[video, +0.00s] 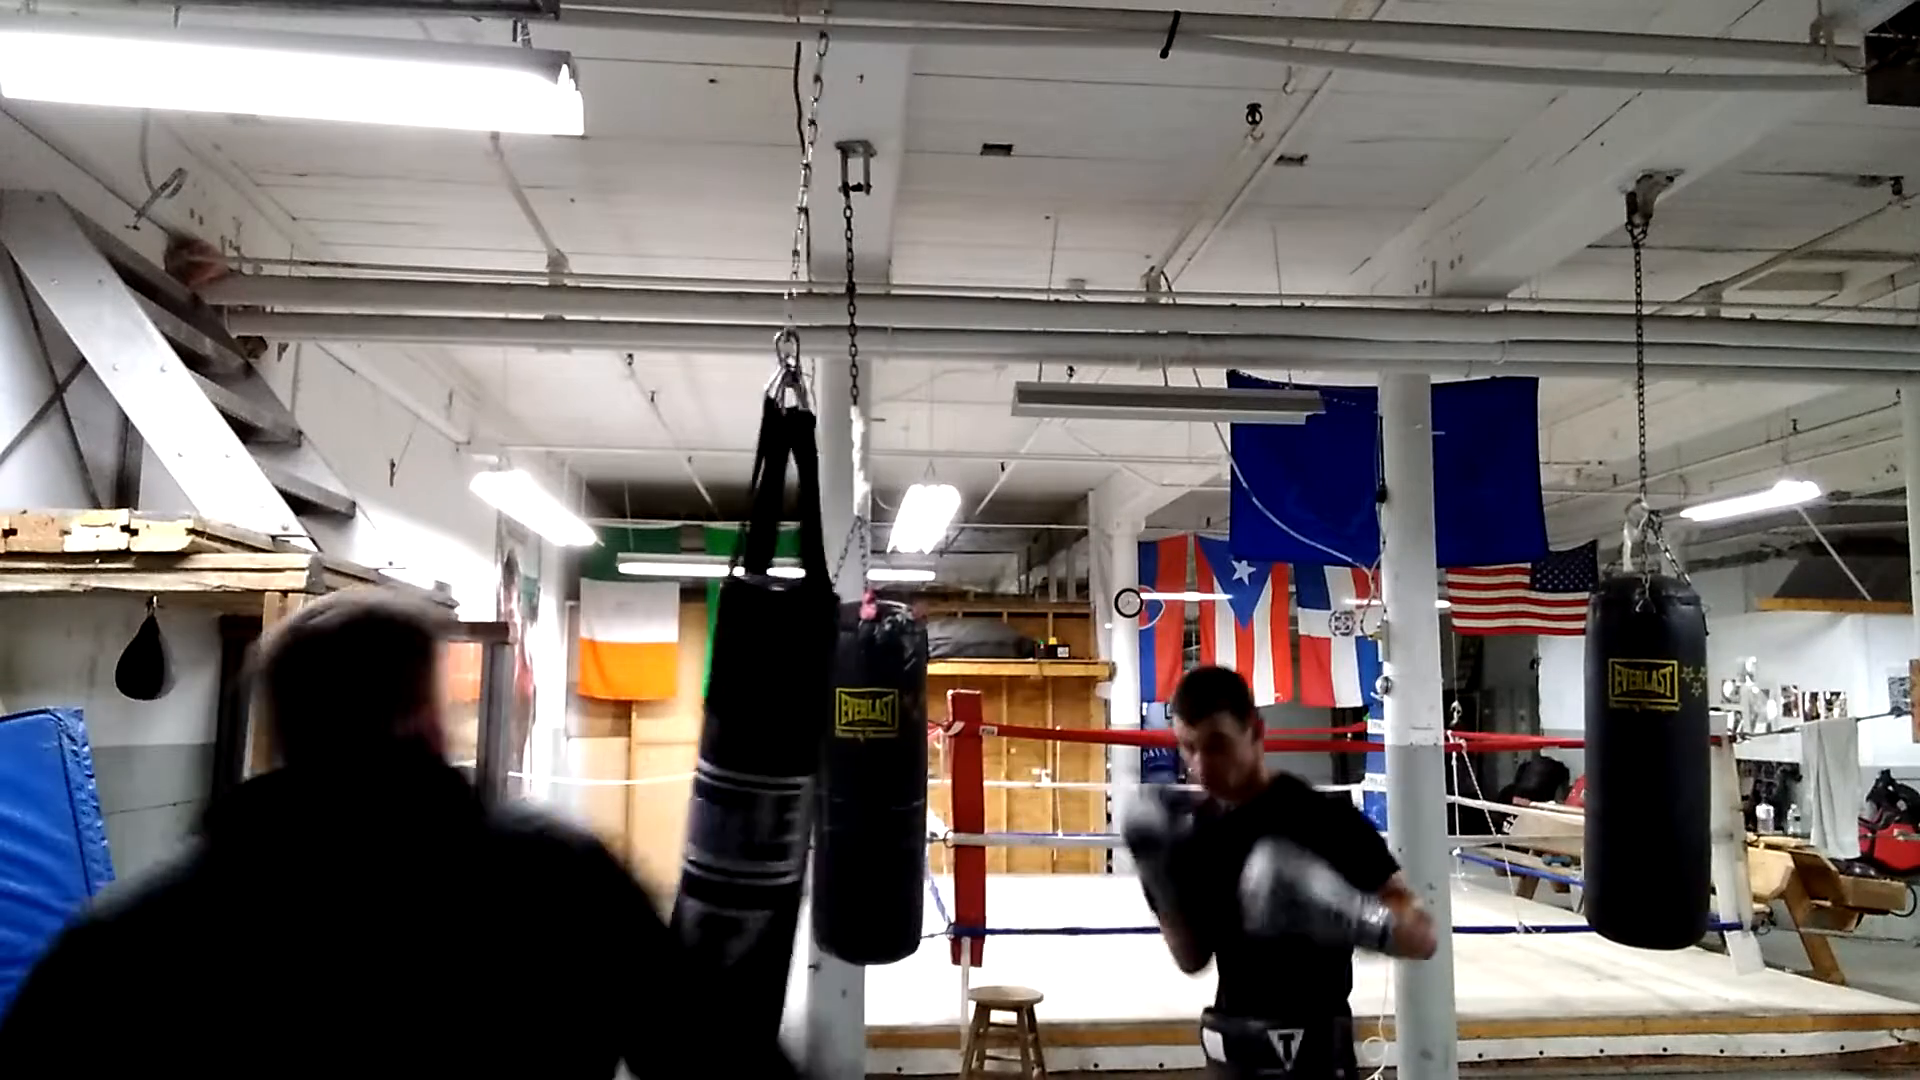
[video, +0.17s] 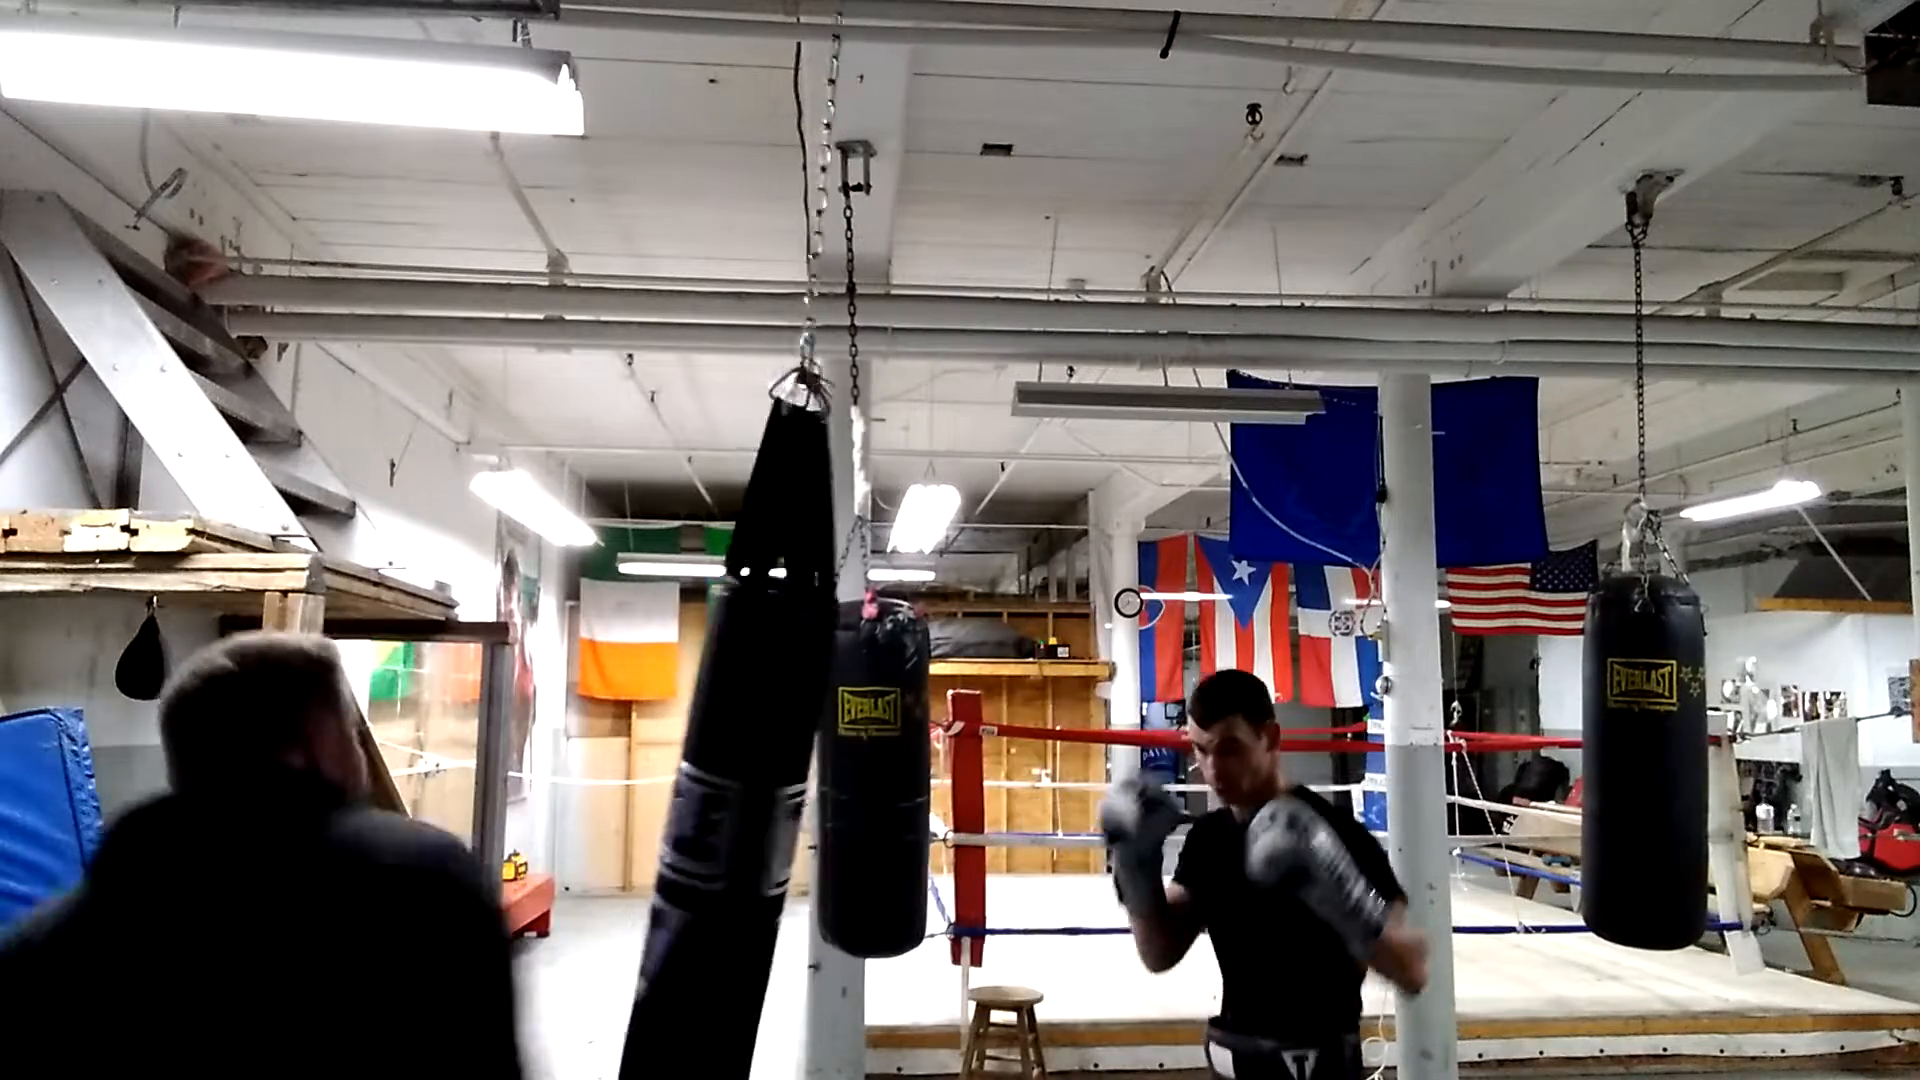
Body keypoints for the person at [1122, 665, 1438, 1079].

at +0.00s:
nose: (1201, 765)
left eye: (1216, 745)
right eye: (1189, 749)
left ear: (1256, 731)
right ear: (1178, 746)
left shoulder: (1326, 818)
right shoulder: (1199, 831)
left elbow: (1421, 937)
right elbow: (1192, 958)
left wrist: (1334, 903)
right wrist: (1155, 865)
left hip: (1317, 1043)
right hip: (1235, 1043)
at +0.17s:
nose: (1212, 769)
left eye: (1229, 749)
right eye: (1202, 751)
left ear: (1271, 740)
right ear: (1192, 748)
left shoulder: (1333, 829)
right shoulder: (1210, 837)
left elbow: (1412, 972)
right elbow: (1161, 954)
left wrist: (1325, 880)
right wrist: (1137, 860)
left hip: (1324, 1055)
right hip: (1239, 1053)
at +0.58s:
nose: (1168, 781)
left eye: (1184, 761)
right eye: (1159, 763)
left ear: (1235, 751)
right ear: (1152, 759)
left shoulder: (1305, 857)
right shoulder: (1211, 838)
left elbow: (1367, 1026)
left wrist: (1221, 982)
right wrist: (1145, 897)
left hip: (1307, 1074)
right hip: (1232, 1060)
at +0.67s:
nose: (1176, 744)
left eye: (1191, 722)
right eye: (1168, 725)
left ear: (1243, 711)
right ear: (1159, 723)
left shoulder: (1315, 812)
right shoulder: (1213, 807)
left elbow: (1388, 980)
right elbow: (1190, 938)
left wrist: (1255, 918)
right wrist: (1150, 850)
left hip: (1321, 1050)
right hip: (1246, 1037)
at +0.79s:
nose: (1192, 737)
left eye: (1212, 715)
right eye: (1183, 719)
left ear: (1266, 704)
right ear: (1178, 715)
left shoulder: (1349, 814)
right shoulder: (1223, 810)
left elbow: (1430, 979)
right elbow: (1196, 947)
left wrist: (1291, 923)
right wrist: (1167, 864)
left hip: (1346, 1058)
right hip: (1267, 1050)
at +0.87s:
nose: (1206, 767)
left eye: (1223, 745)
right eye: (1196, 748)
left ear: (1278, 732)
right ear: (1187, 742)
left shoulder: (1377, 855)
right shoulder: (1245, 848)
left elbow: (1446, 1013)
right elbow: (1214, 983)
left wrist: (1278, 968)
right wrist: (1195, 902)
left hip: (1377, 1076)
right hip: (1284, 1066)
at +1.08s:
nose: (1210, 799)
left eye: (1227, 775)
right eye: (1204, 779)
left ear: (1294, 758)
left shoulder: (1380, 863)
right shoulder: (1317, 864)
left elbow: (1484, 1043)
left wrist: (1326, 1030)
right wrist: (1255, 937)